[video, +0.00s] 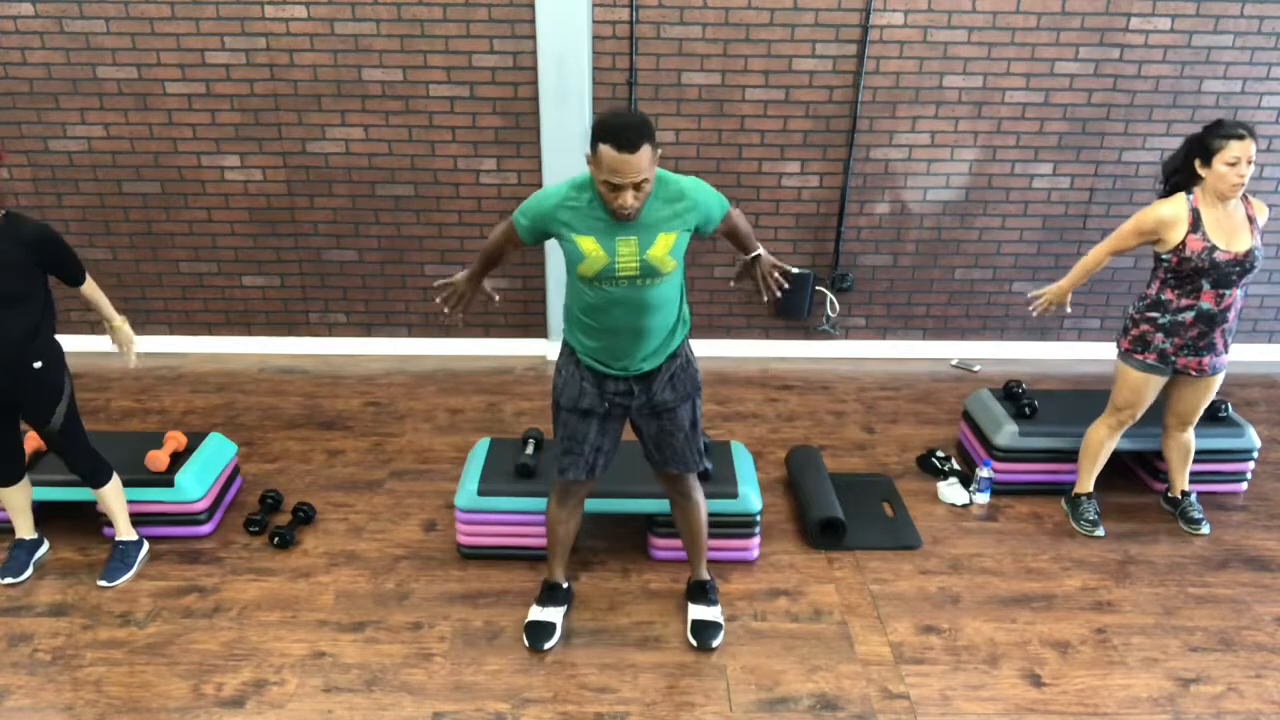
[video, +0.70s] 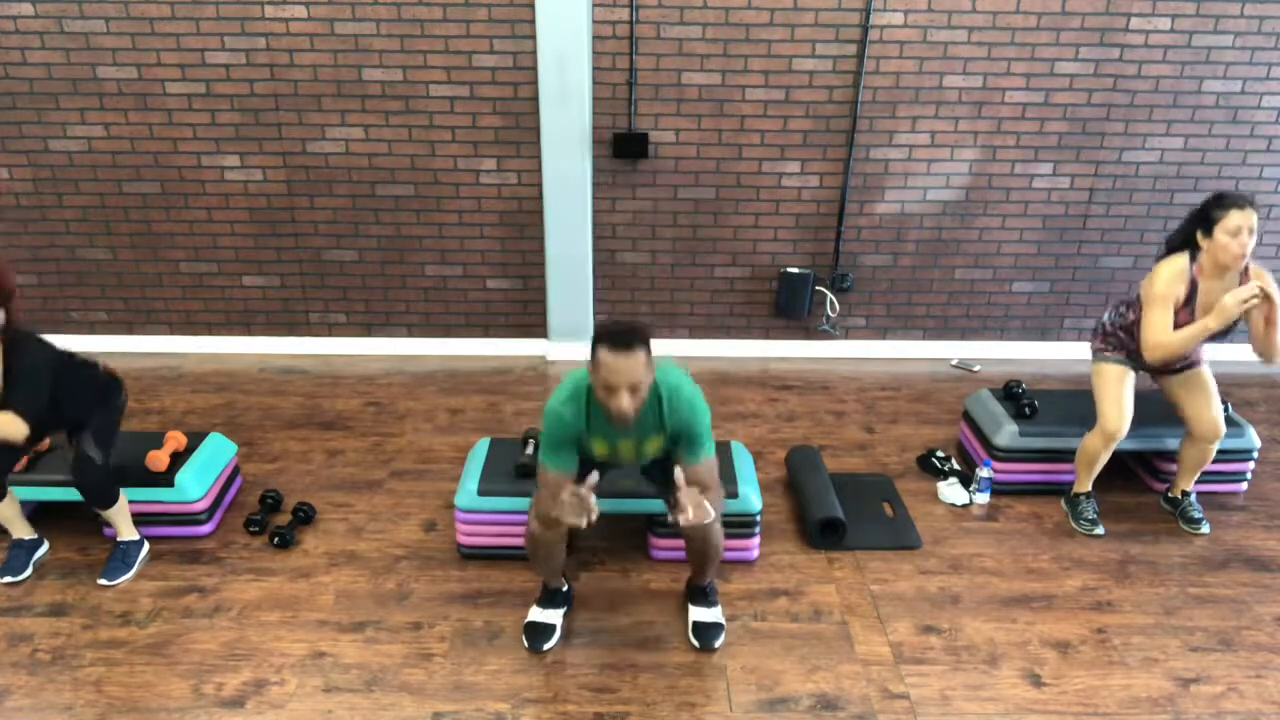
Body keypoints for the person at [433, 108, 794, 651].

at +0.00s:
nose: (626, 199)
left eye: (639, 185)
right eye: (613, 185)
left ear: (656, 163)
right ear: (591, 165)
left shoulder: (688, 198)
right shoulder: (558, 205)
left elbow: (728, 220)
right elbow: (509, 235)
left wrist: (756, 252)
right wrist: (473, 275)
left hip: (665, 369)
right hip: (587, 370)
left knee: (681, 478)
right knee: (569, 482)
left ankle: (701, 584)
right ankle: (555, 586)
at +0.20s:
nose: (625, 199)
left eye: (638, 185)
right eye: (612, 185)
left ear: (655, 165)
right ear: (590, 165)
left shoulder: (689, 205)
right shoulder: (555, 214)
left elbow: (733, 255)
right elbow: (509, 274)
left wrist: (761, 306)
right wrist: (478, 339)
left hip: (666, 369)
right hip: (587, 369)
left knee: (685, 479)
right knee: (568, 481)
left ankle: (703, 584)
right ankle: (554, 586)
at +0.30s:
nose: (624, 210)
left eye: (636, 196)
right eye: (610, 196)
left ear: (654, 176)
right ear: (589, 177)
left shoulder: (687, 220)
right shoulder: (557, 230)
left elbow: (727, 291)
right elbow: (520, 311)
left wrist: (747, 366)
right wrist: (497, 390)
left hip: (665, 368)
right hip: (587, 369)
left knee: (686, 483)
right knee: (567, 485)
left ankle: (703, 584)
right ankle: (554, 585)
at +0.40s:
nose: (622, 247)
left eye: (633, 233)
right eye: (608, 233)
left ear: (652, 214)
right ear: (589, 215)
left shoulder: (685, 257)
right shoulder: (560, 265)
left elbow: (716, 354)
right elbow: (534, 360)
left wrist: (724, 451)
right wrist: (523, 461)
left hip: (664, 371)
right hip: (587, 374)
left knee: (690, 494)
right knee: (560, 495)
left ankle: (703, 585)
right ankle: (553, 588)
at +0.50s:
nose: (622, 303)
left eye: (634, 288)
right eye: (608, 288)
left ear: (652, 271)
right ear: (589, 273)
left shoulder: (683, 306)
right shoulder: (564, 313)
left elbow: (710, 408)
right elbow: (544, 410)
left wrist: (707, 501)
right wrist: (545, 500)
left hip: (663, 395)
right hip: (590, 398)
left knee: (690, 492)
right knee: (558, 497)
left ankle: (704, 584)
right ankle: (556, 585)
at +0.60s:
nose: (623, 359)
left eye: (635, 344)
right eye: (609, 344)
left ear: (652, 330)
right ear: (591, 330)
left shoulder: (681, 355)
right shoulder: (565, 363)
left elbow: (706, 453)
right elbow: (551, 462)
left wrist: (702, 507)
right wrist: (559, 511)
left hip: (662, 431)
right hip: (590, 431)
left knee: (709, 519)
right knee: (545, 517)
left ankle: (703, 590)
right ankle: (553, 591)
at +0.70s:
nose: (623, 404)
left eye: (635, 389)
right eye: (609, 389)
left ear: (651, 373)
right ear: (591, 374)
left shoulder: (684, 400)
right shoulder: (564, 407)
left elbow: (710, 488)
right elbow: (549, 497)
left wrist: (697, 506)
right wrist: (568, 508)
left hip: (660, 458)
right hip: (587, 457)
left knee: (706, 528)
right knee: (543, 526)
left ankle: (702, 591)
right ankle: (553, 592)